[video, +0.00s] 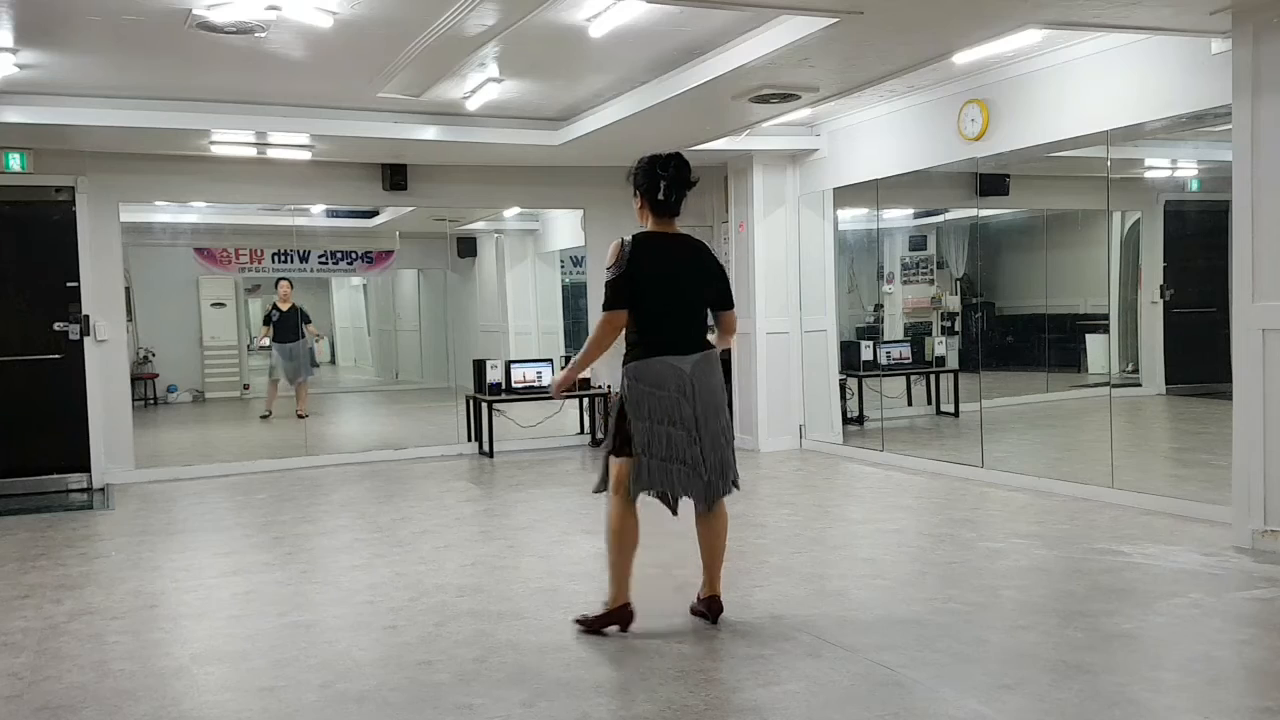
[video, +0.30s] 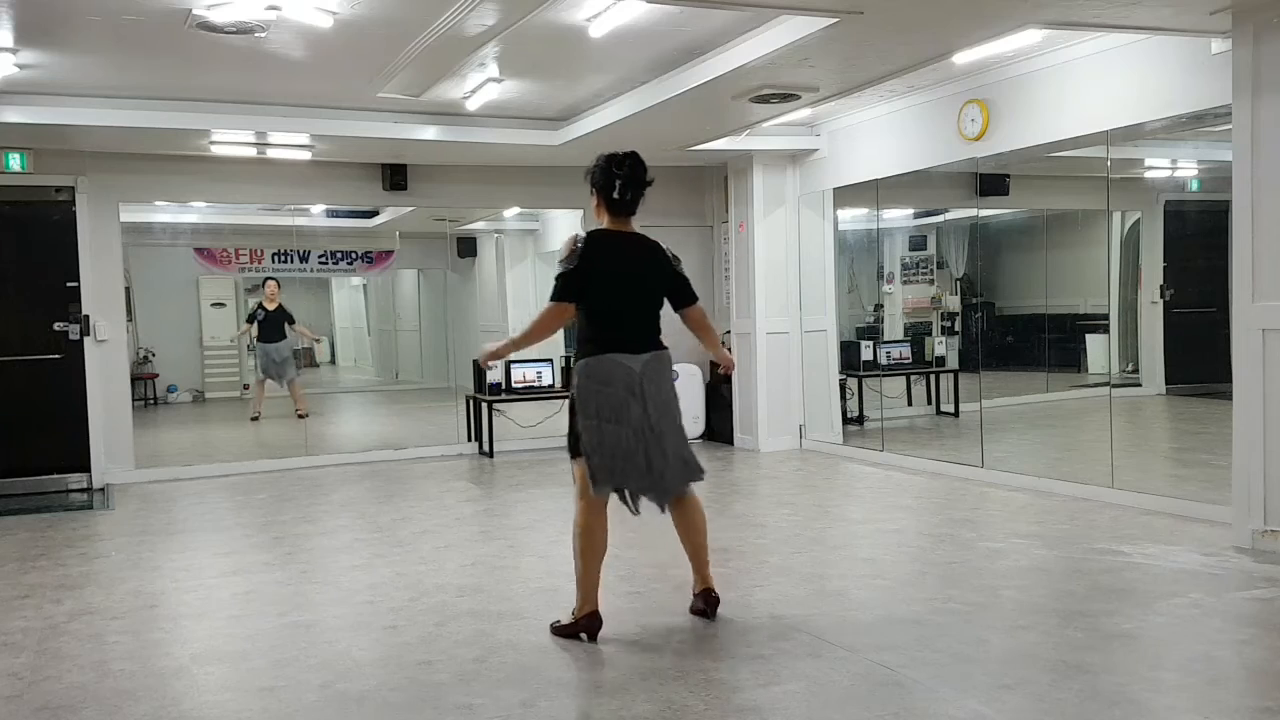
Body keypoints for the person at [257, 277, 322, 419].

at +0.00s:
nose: (285, 290)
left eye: (287, 287)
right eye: (282, 287)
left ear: (291, 290)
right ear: (276, 290)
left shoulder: (298, 309)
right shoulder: (272, 309)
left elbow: (309, 326)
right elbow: (266, 326)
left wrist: (316, 334)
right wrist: (262, 336)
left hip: (297, 347)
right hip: (278, 349)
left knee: (300, 379)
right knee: (273, 379)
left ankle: (300, 408)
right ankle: (268, 409)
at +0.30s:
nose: (272, 290)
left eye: (275, 287)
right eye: (269, 287)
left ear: (279, 290)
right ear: (263, 290)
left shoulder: (282, 309)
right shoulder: (258, 308)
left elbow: (295, 327)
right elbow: (248, 325)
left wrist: (313, 337)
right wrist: (239, 334)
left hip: (282, 347)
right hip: (263, 348)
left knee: (291, 378)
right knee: (260, 379)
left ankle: (299, 408)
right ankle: (257, 409)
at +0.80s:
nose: (259, 290)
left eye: (261, 287)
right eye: (255, 287)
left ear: (265, 290)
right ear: (249, 290)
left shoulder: (270, 308)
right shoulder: (245, 308)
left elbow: (280, 327)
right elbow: (241, 325)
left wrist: (290, 343)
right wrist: (242, 334)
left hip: (269, 347)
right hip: (251, 347)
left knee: (268, 381)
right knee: (252, 382)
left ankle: (265, 410)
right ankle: (255, 410)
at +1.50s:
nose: (252, 289)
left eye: (255, 286)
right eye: (249, 286)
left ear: (259, 289)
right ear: (244, 289)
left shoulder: (264, 309)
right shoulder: (239, 308)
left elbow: (274, 328)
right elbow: (232, 327)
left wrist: (285, 344)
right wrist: (226, 343)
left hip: (263, 348)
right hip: (245, 348)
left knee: (266, 381)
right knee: (248, 383)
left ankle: (264, 406)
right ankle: (253, 413)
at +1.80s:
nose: (252, 289)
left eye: (254, 286)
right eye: (248, 286)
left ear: (259, 289)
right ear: (243, 289)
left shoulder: (264, 308)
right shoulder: (238, 308)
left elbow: (273, 330)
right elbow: (234, 327)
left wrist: (281, 346)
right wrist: (235, 339)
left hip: (262, 348)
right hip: (245, 348)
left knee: (262, 382)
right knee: (246, 383)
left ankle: (259, 411)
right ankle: (251, 413)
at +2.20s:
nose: (261, 289)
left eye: (264, 286)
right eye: (258, 286)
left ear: (268, 289)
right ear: (252, 289)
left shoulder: (273, 308)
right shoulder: (247, 307)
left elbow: (282, 328)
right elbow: (239, 325)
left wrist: (290, 346)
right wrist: (234, 340)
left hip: (273, 349)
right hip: (253, 350)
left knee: (285, 380)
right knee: (252, 384)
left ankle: (295, 411)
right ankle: (252, 414)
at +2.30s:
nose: (267, 288)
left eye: (269, 285)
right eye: (263, 285)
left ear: (273, 288)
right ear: (257, 289)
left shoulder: (278, 307)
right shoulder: (252, 307)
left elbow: (287, 328)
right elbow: (243, 326)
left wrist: (296, 344)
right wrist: (232, 339)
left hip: (279, 348)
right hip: (259, 349)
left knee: (290, 380)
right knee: (256, 383)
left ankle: (301, 411)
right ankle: (253, 414)